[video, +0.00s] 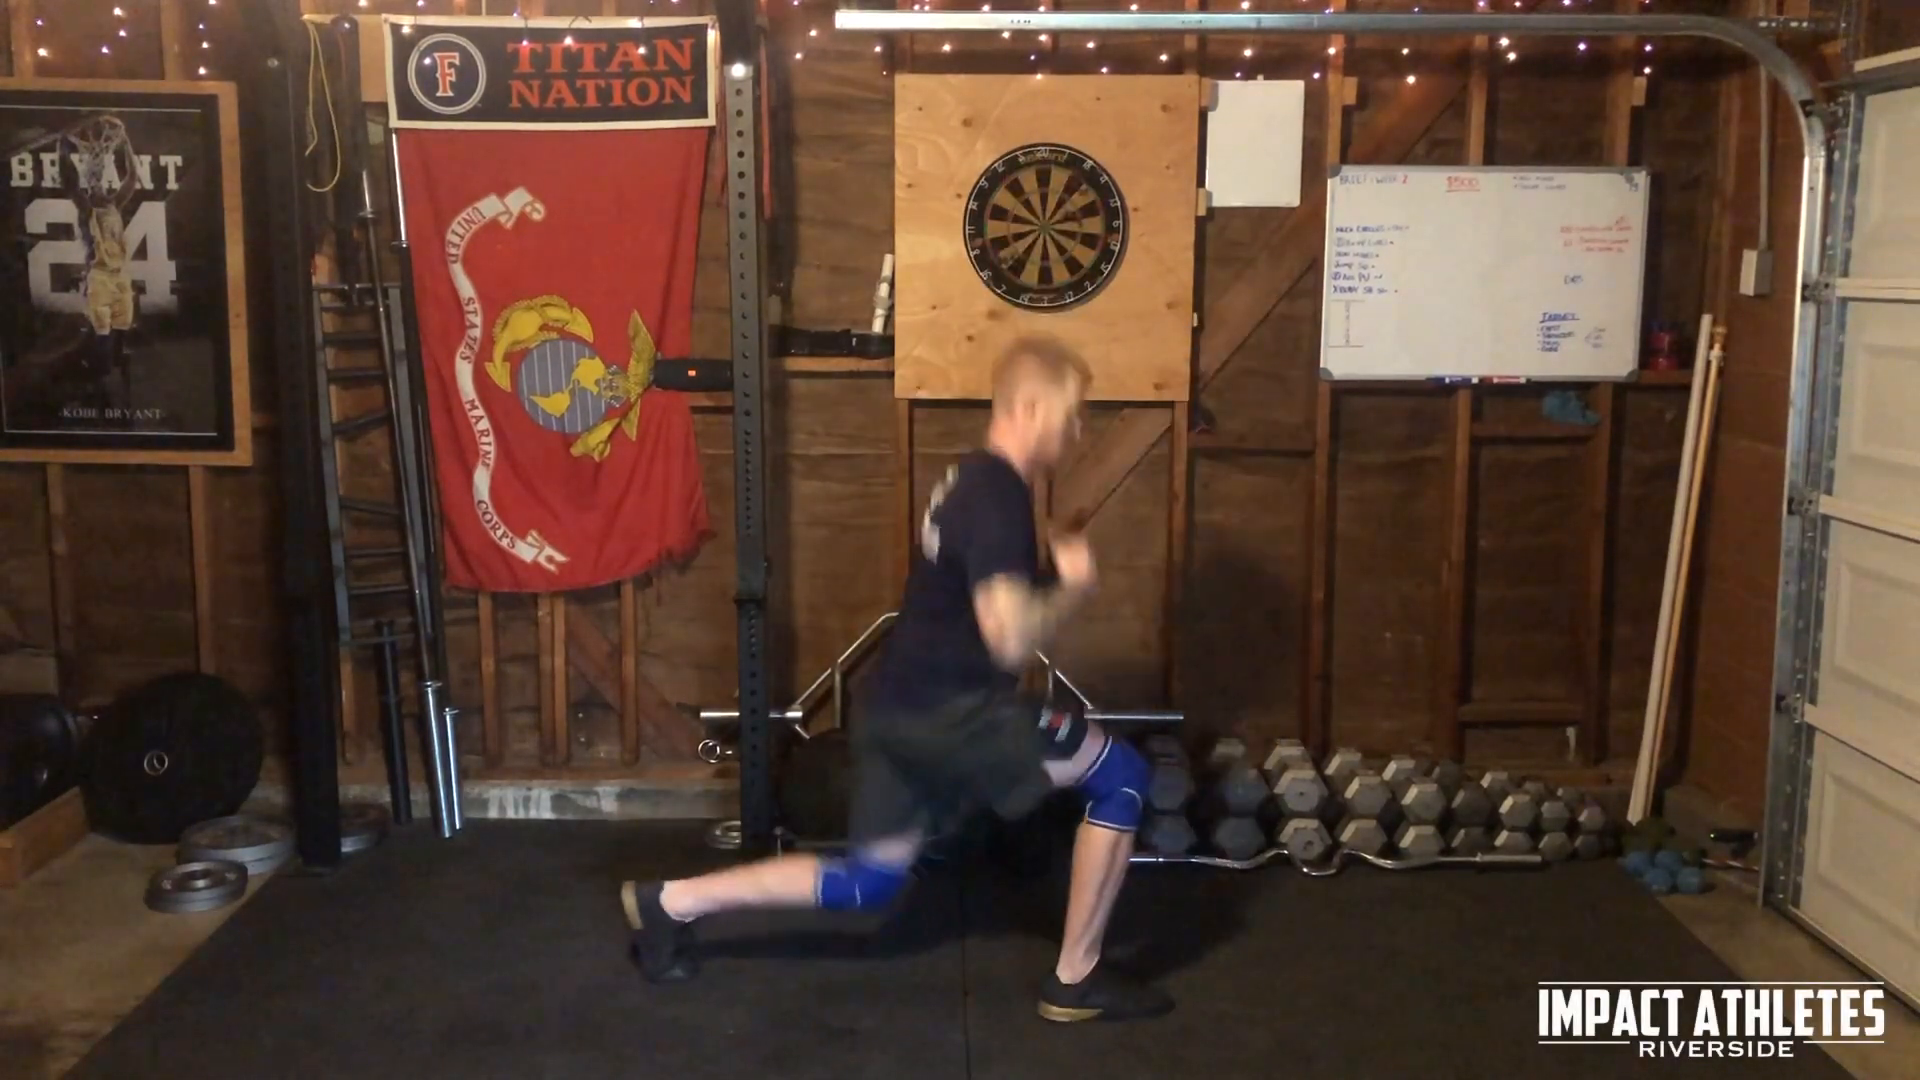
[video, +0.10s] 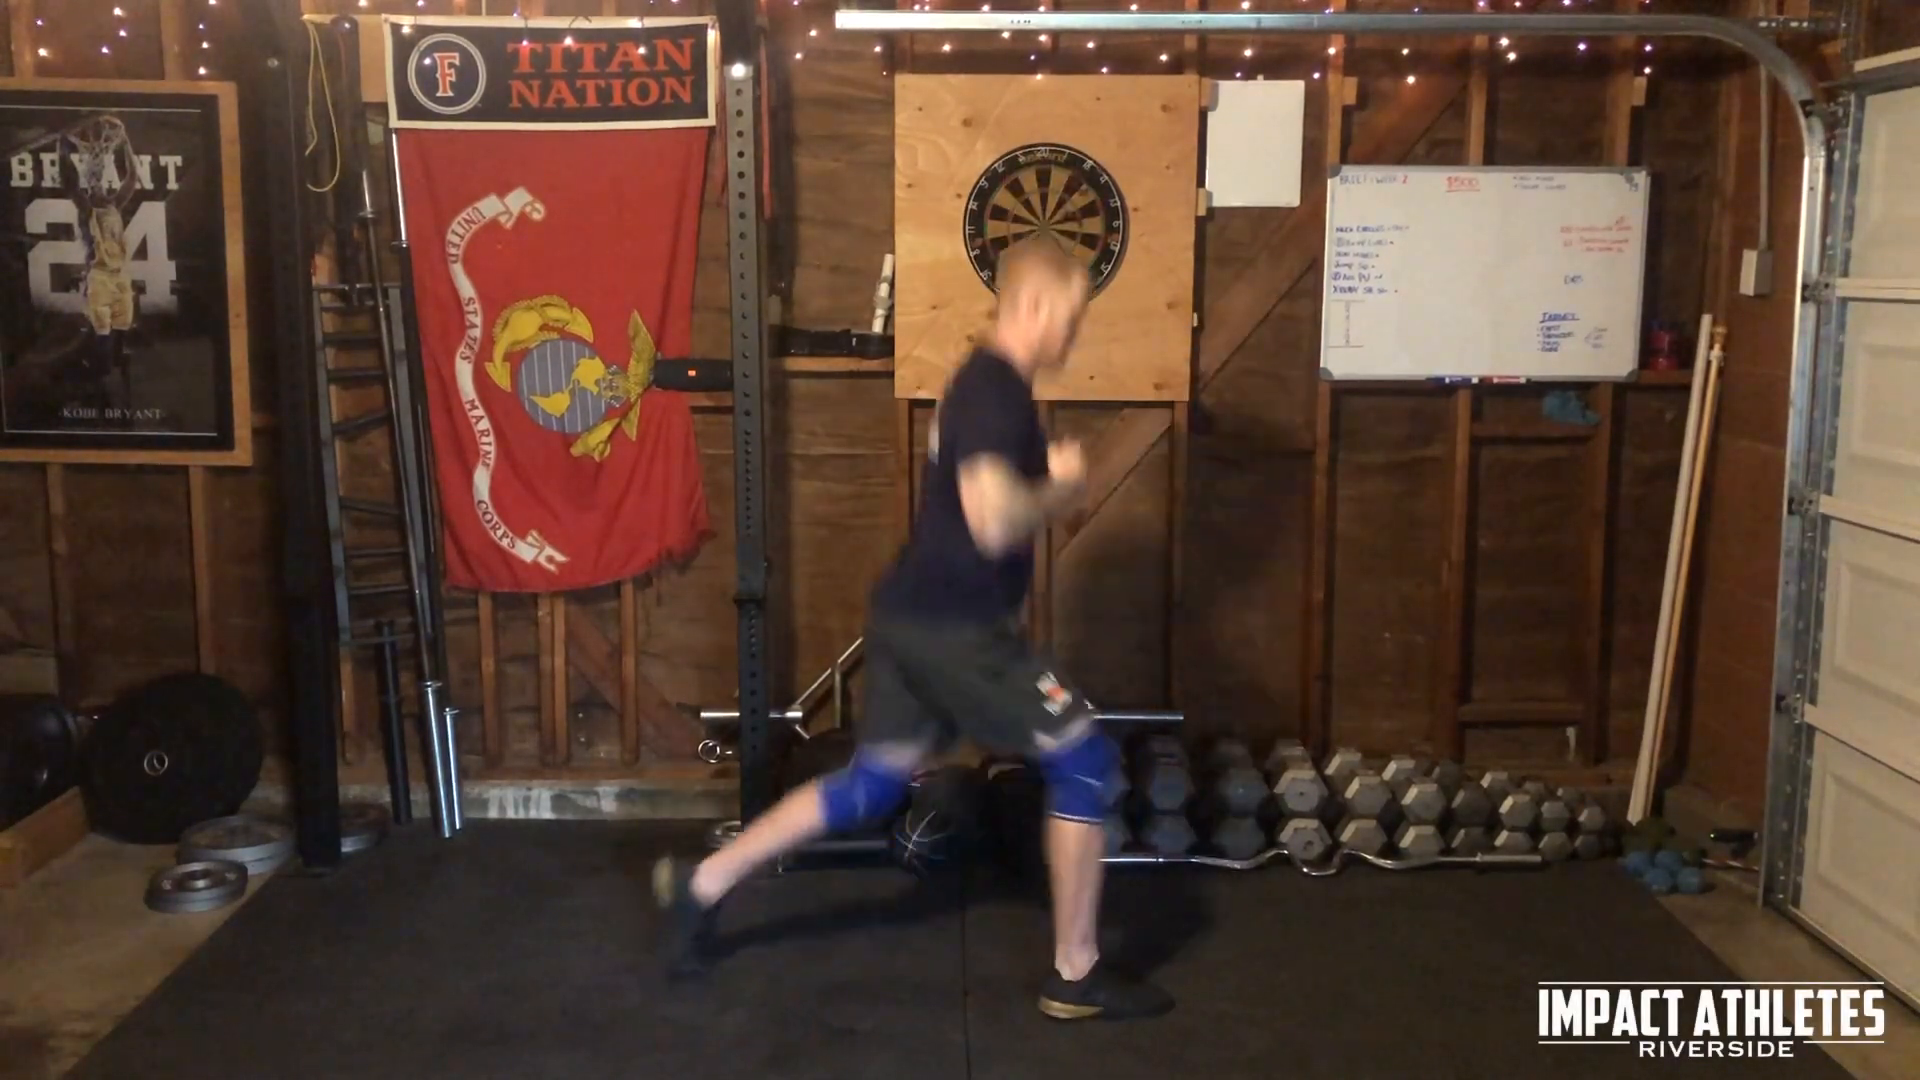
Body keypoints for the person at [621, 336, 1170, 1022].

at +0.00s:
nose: (1077, 428)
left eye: (1078, 411)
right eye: (1072, 410)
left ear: (1015, 406)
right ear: (1032, 410)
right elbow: (1010, 636)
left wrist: (1047, 569)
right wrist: (1072, 590)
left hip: (903, 709)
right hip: (950, 712)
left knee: (867, 880)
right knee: (1120, 778)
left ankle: (667, 902)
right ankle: (1078, 975)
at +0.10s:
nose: (1075, 333)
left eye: (1079, 316)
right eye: (1071, 314)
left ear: (1018, 309)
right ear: (1033, 307)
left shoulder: (992, 383)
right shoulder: (994, 389)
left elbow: (1002, 507)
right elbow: (993, 522)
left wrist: (1052, 495)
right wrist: (1061, 487)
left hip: (911, 619)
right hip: (950, 626)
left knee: (871, 784)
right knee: (1083, 758)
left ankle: (700, 883)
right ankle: (1077, 970)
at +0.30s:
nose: (1093, 233)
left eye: (1099, 217)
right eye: (1093, 212)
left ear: (1035, 193)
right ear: (1048, 193)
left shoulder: (994, 266)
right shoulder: (1001, 271)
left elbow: (979, 389)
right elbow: (984, 402)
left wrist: (1047, 381)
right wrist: (1066, 392)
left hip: (948, 515)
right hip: (944, 520)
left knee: (966, 698)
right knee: (978, 707)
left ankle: (873, 874)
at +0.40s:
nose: (1092, 254)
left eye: (1099, 238)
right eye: (1093, 234)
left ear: (1039, 214)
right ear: (1051, 214)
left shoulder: (1001, 286)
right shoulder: (999, 293)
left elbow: (946, 363)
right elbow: (986, 423)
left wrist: (1032, 407)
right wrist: (1066, 417)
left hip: (971, 544)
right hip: (939, 544)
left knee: (1012, 706)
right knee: (923, 737)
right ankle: (740, 868)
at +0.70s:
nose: (1082, 467)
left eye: (1083, 453)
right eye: (1077, 452)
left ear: (1028, 442)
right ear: (1042, 447)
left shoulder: (1006, 515)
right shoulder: (997, 527)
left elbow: (988, 616)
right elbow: (948, 655)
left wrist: (1049, 632)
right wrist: (1041, 690)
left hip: (988, 742)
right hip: (926, 764)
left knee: (1122, 761)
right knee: (862, 953)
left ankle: (1056, 939)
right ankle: (647, 947)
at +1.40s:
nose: (1087, 242)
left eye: (1093, 225)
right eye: (1086, 220)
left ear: (1028, 205)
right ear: (1041, 204)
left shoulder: (1013, 286)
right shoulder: (995, 280)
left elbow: (982, 395)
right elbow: (953, 396)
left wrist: (1052, 399)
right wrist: (1053, 416)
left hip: (931, 531)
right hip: (941, 538)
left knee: (923, 718)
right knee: (1033, 716)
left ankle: (772, 838)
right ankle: (984, 924)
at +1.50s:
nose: (1084, 300)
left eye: (1088, 283)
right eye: (1081, 281)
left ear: (1030, 270)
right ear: (1042, 268)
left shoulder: (1013, 346)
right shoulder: (995, 339)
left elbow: (984, 457)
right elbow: (952, 453)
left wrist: (1057, 465)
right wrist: (1056, 474)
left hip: (922, 583)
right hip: (942, 590)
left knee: (878, 762)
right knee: (1072, 748)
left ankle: (701, 863)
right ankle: (1068, 967)